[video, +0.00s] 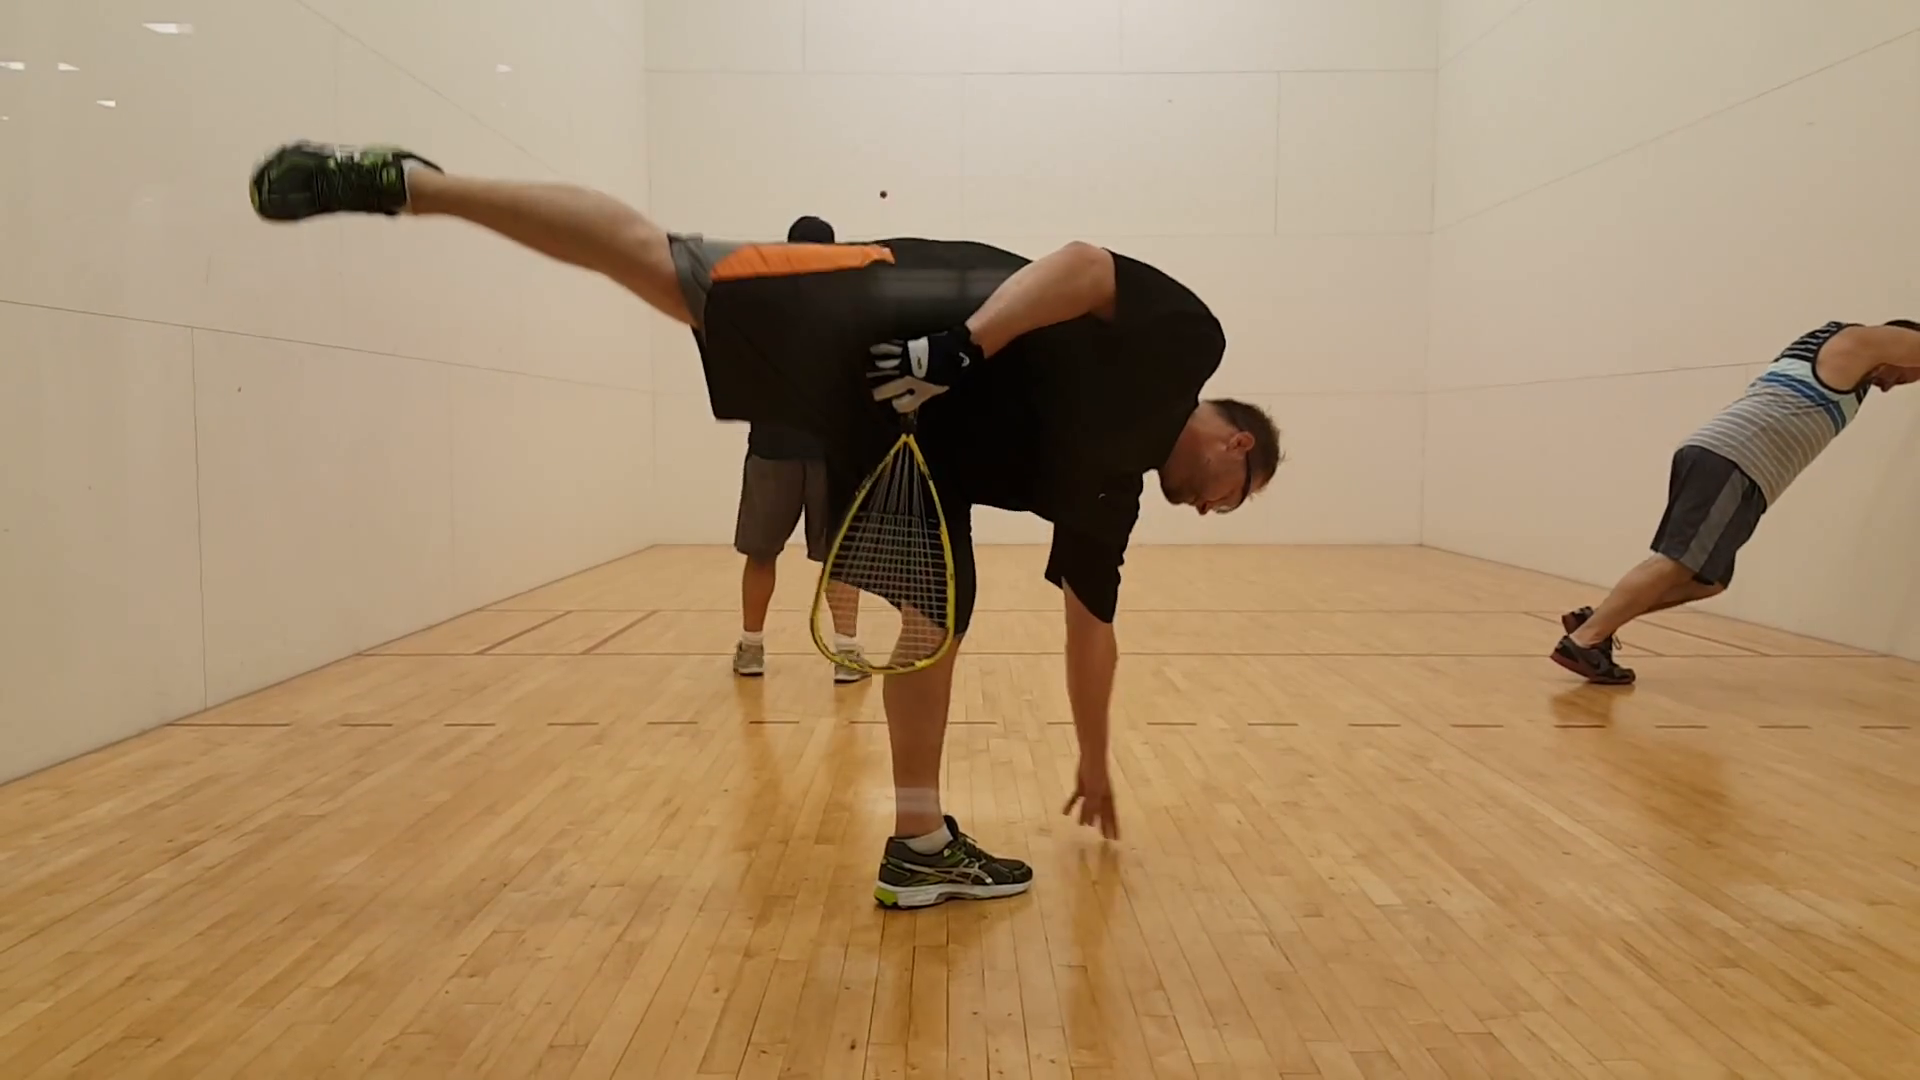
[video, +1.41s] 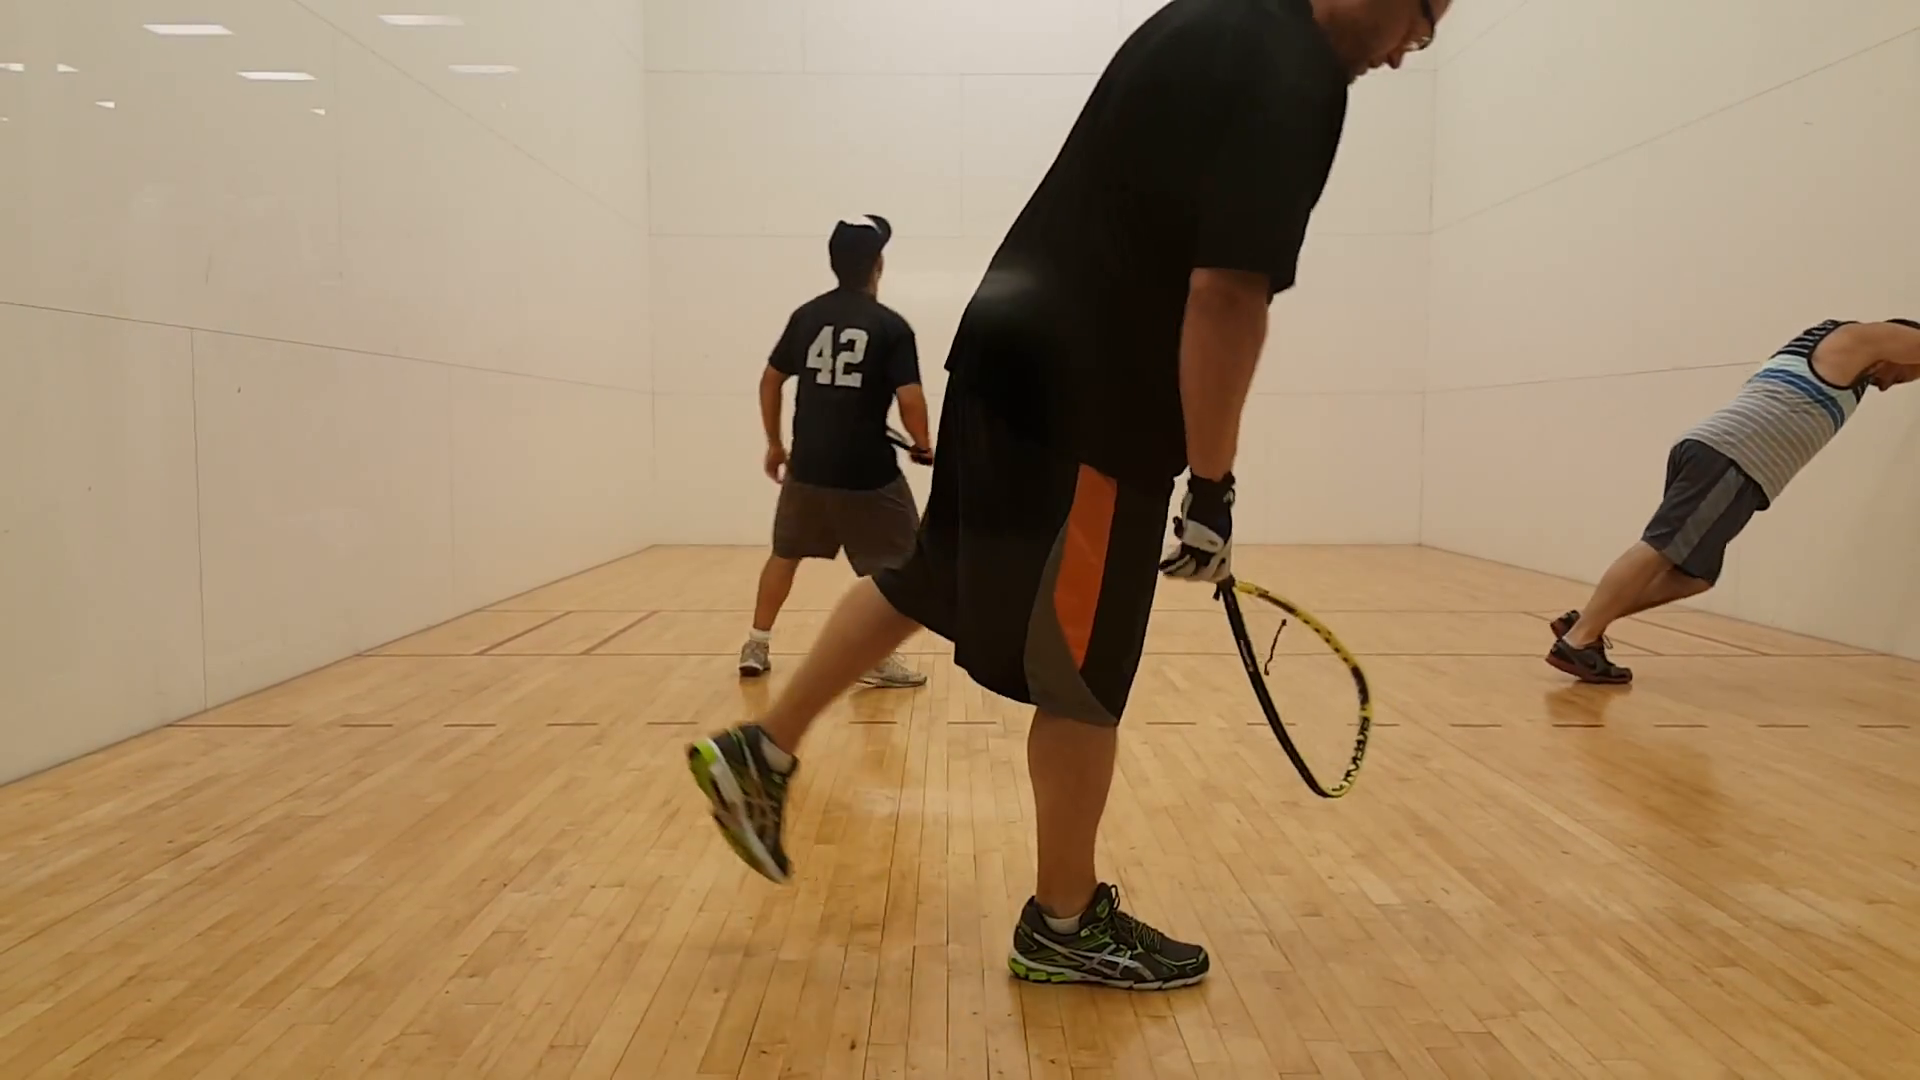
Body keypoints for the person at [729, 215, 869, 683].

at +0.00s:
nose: (814, 258)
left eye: (809, 250)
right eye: (817, 250)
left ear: (787, 250)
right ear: (833, 251)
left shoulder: (763, 296)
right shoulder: (854, 297)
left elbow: (740, 370)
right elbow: (874, 363)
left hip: (774, 441)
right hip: (837, 440)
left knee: (761, 550)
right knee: (843, 549)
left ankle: (750, 646)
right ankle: (846, 651)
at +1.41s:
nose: (885, 262)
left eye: (881, 255)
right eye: (882, 256)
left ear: (835, 264)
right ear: (875, 264)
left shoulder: (807, 316)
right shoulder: (892, 328)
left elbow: (770, 381)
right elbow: (912, 403)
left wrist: (774, 443)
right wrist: (923, 445)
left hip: (808, 469)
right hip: (868, 475)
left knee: (785, 552)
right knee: (899, 570)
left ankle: (756, 642)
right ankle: (878, 657)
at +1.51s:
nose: (905, 241)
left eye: (903, 234)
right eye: (903, 235)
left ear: (853, 244)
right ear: (895, 243)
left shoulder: (829, 296)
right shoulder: (909, 304)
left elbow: (797, 360)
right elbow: (922, 372)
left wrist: (816, 414)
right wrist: (948, 420)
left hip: (830, 445)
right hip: (887, 452)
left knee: (814, 548)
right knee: (894, 551)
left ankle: (788, 644)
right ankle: (878, 652)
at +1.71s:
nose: (930, 215)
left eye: (926, 206)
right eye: (926, 208)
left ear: (882, 221)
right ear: (919, 219)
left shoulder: (865, 272)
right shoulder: (927, 278)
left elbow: (837, 336)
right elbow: (920, 341)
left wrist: (881, 364)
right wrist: (961, 376)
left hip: (863, 433)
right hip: (914, 436)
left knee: (875, 538)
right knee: (933, 537)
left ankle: (845, 653)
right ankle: (920, 653)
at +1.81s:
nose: (947, 230)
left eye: (942, 221)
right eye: (943, 223)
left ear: (896, 234)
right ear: (937, 230)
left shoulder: (887, 290)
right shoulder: (934, 299)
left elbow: (869, 361)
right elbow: (944, 378)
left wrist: (923, 382)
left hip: (885, 449)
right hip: (930, 454)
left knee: (879, 556)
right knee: (952, 559)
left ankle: (840, 665)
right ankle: (953, 677)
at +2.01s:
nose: (994, 217)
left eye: (989, 209)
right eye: (991, 210)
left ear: (939, 223)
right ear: (982, 217)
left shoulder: (945, 279)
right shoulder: (975, 282)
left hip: (948, 450)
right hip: (971, 453)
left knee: (962, 559)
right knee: (974, 562)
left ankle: (892, 631)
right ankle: (966, 684)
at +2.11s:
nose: (1019, 206)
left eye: (1014, 199)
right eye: (1015, 200)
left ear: (958, 211)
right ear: (1007, 206)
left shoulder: (953, 276)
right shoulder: (1014, 268)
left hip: (970, 448)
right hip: (1001, 449)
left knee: (982, 551)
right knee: (984, 558)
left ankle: (959, 650)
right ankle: (965, 675)